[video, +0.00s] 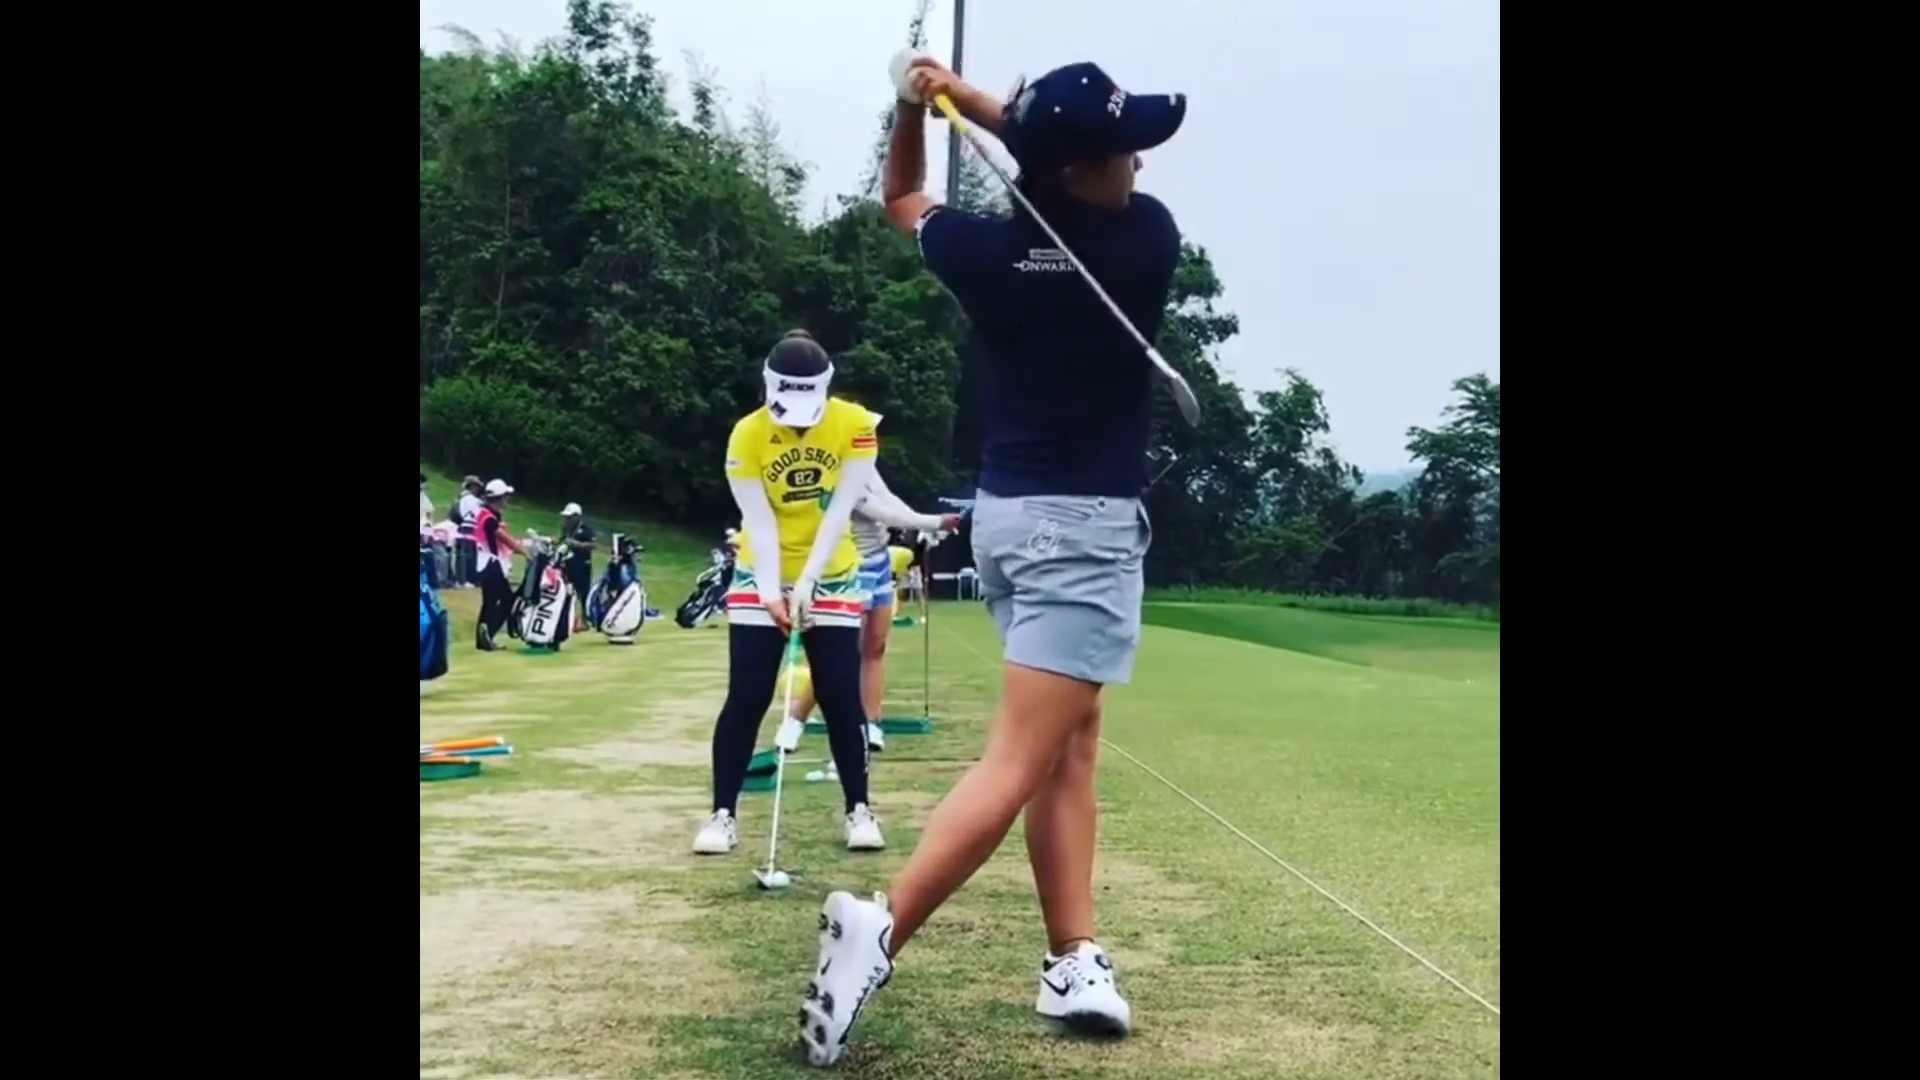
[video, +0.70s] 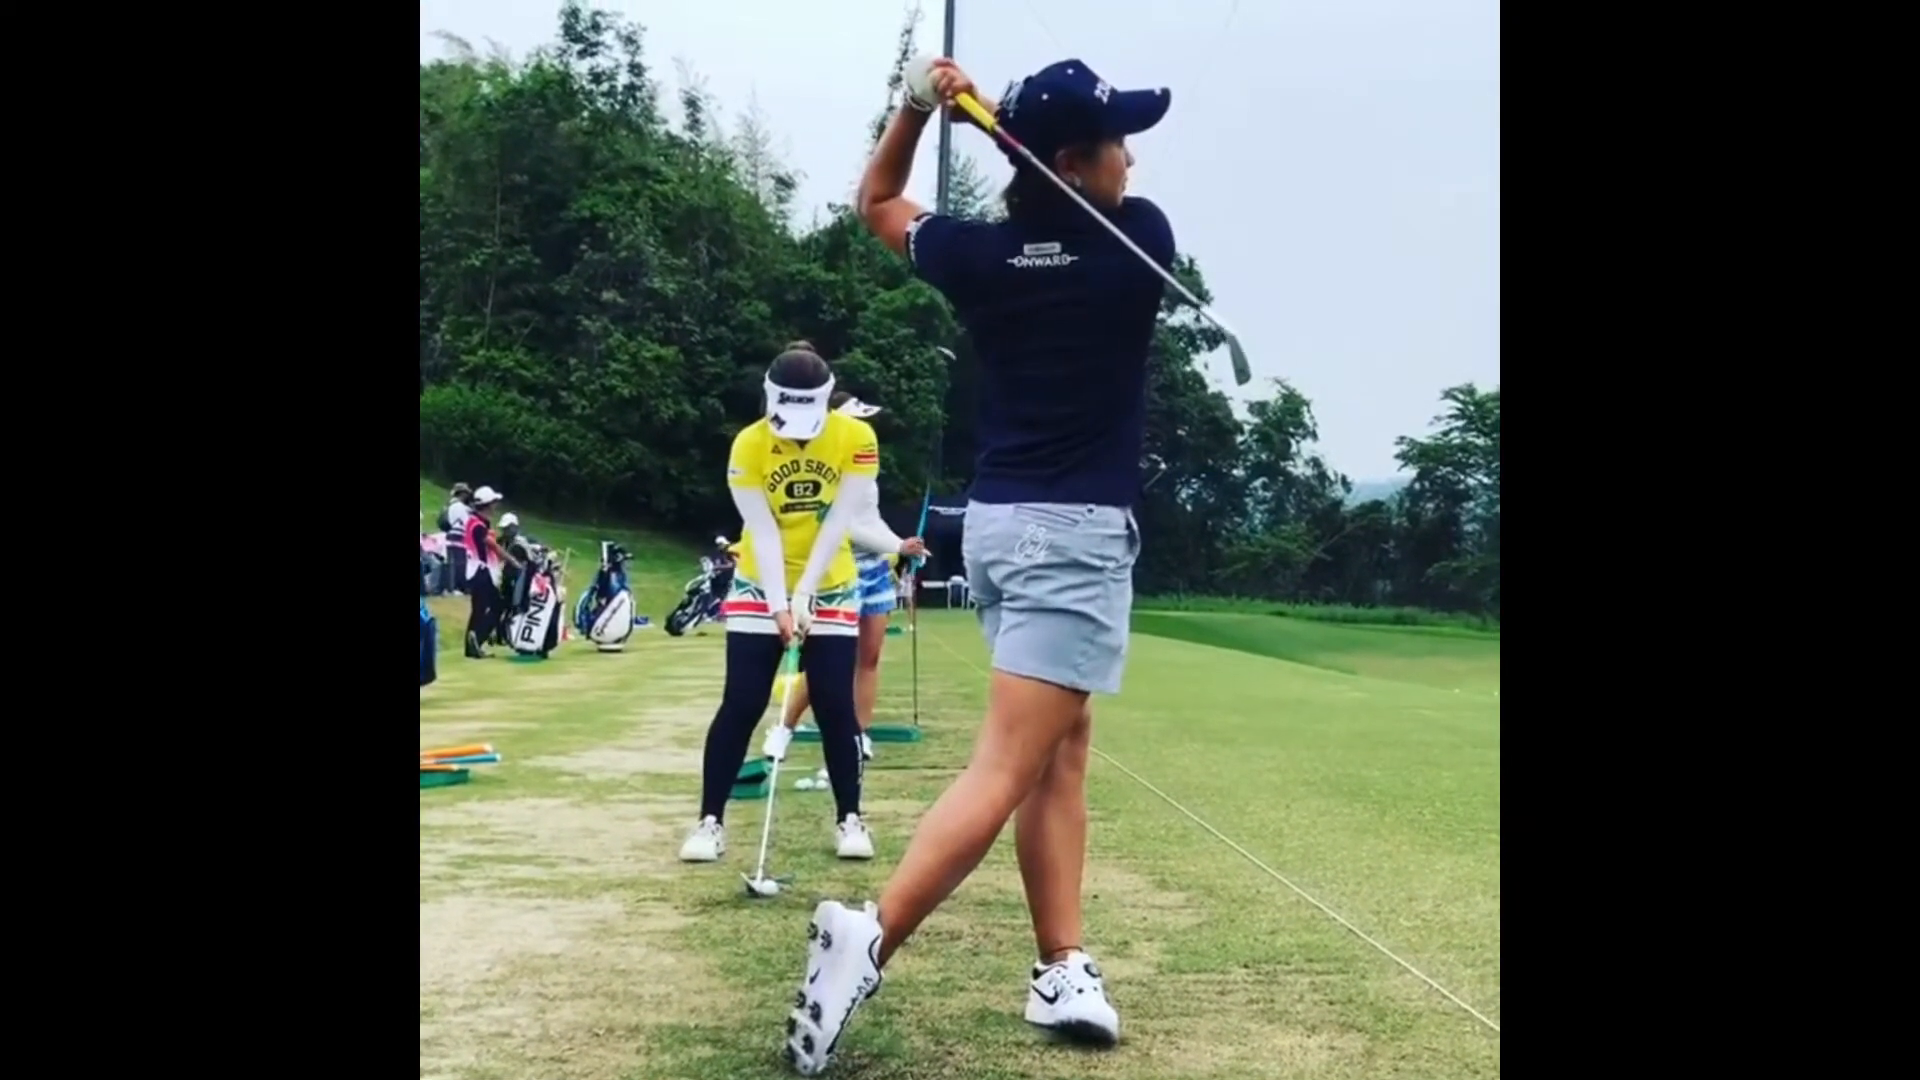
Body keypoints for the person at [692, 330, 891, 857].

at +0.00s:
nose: (794, 414)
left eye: (805, 403)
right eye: (785, 402)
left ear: (825, 388)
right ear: (769, 387)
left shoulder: (856, 424)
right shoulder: (747, 437)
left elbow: (843, 506)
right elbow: (759, 523)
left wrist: (807, 578)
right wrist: (769, 587)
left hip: (833, 575)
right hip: (758, 574)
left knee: (840, 696)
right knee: (747, 695)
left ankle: (859, 810)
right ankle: (722, 814)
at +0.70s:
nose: (796, 428)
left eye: (806, 418)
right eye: (786, 417)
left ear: (826, 400)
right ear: (771, 401)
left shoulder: (857, 438)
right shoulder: (748, 447)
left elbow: (840, 520)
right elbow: (762, 532)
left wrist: (804, 590)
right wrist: (778, 600)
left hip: (830, 587)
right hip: (757, 587)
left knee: (834, 702)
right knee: (742, 702)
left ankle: (850, 819)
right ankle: (710, 821)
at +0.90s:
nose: (850, 357)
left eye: (861, 348)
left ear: (884, 347)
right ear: (832, 346)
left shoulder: (898, 400)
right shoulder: (809, 402)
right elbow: (809, 494)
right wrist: (829, 558)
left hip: (876, 566)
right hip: (813, 565)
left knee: (876, 692)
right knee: (815, 681)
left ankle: (869, 786)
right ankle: (810, 787)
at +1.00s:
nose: (841, 360)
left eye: (852, 353)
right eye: (834, 351)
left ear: (878, 350)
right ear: (826, 351)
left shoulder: (892, 400)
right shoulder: (809, 405)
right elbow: (811, 496)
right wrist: (828, 564)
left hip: (874, 553)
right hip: (815, 551)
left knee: (869, 675)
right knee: (811, 668)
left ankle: (871, 783)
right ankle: (806, 777)